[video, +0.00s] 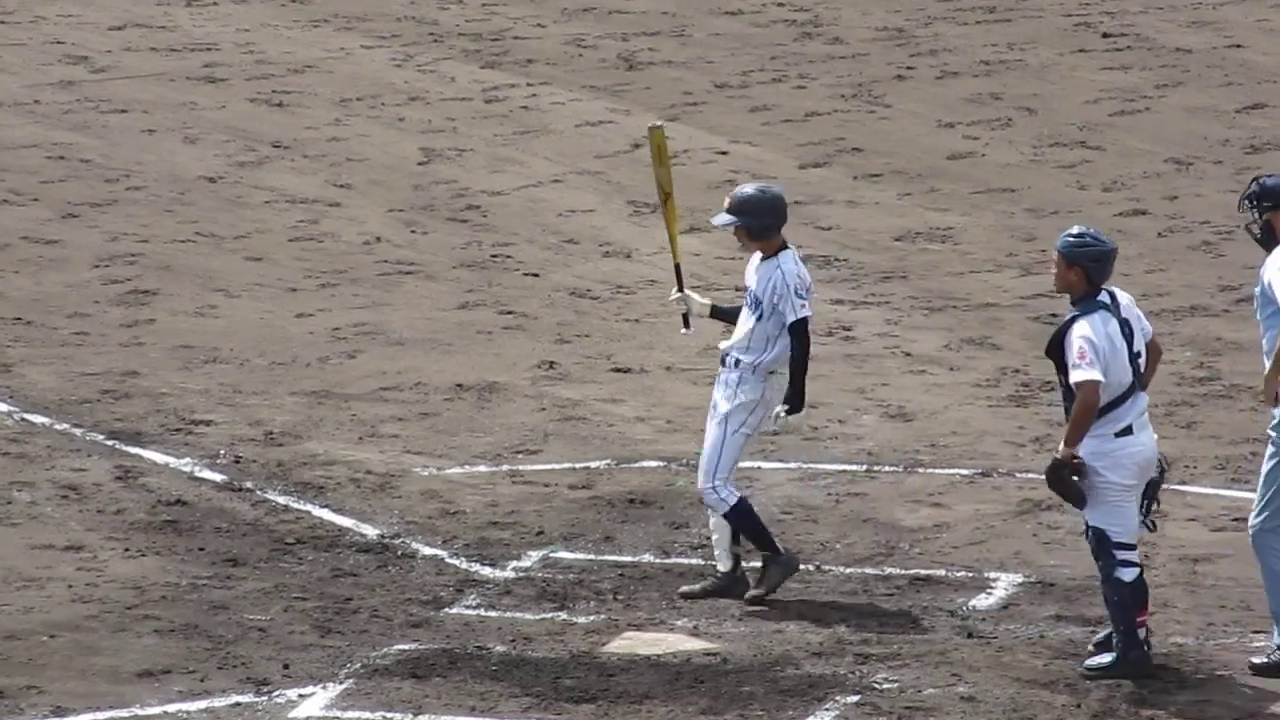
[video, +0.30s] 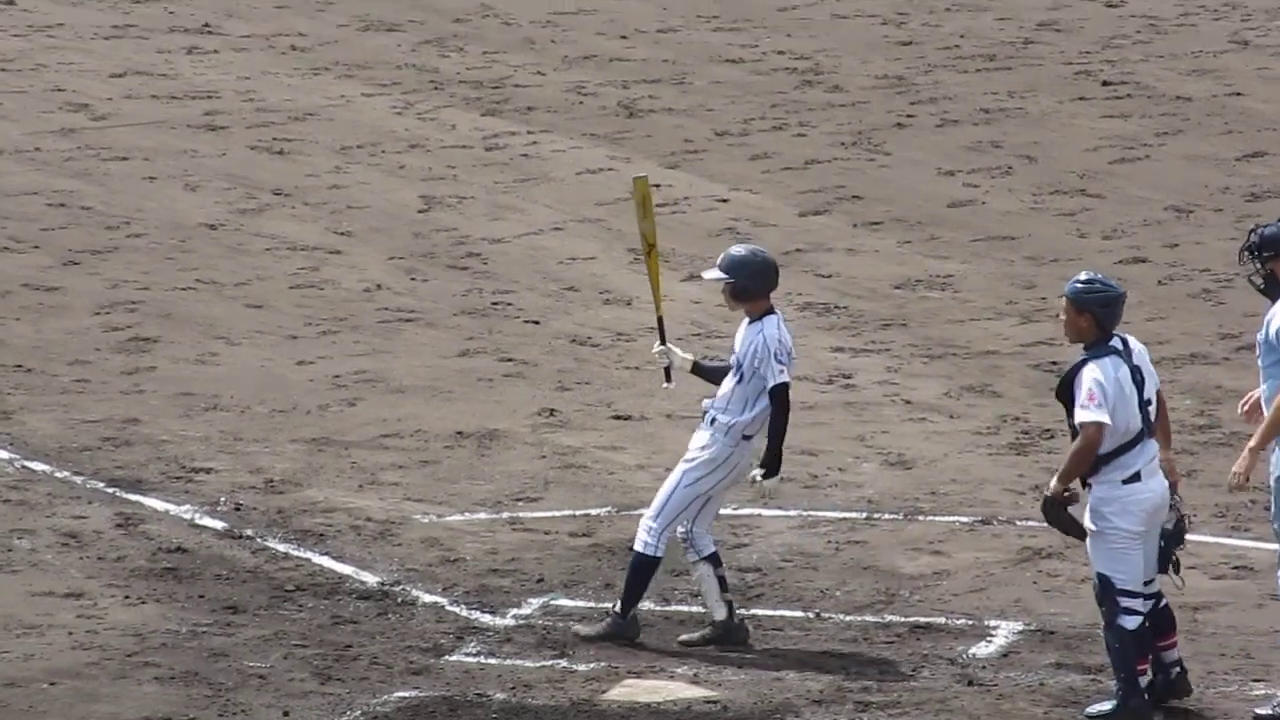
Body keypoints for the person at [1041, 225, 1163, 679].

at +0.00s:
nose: (1053, 268)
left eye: (1059, 263)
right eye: (1056, 262)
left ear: (1079, 274)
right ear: (1089, 271)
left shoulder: (1082, 330)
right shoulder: (1120, 298)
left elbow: (1089, 397)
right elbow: (1153, 349)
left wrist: (1066, 449)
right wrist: (1132, 397)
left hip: (1109, 452)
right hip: (1139, 440)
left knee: (1115, 551)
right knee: (1110, 539)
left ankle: (1132, 650)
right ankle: (1126, 629)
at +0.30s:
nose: (1062, 317)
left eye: (1068, 311)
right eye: (1064, 310)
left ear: (1088, 319)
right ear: (1101, 317)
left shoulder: (1092, 373)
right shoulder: (1133, 347)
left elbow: (1090, 440)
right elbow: (1158, 406)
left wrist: (1060, 483)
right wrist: (1165, 455)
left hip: (1119, 496)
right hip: (1153, 484)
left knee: (1118, 597)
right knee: (1147, 586)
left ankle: (1130, 694)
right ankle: (1171, 675)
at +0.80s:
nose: (1092, 329)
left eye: (1098, 323)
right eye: (1094, 321)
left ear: (1119, 331)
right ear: (1132, 330)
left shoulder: (1121, 375)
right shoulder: (1161, 364)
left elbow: (1140, 429)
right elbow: (1201, 415)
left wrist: (1123, 489)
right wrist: (1187, 468)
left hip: (1150, 510)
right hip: (1183, 504)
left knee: (1128, 613)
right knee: (1171, 611)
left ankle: (1132, 708)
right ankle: (1176, 703)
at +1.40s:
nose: (1123, 334)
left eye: (1128, 327)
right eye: (1124, 326)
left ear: (1147, 332)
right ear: (1158, 333)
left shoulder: (1162, 388)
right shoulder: (1169, 376)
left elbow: (1163, 461)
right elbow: (1150, 438)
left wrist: (1131, 519)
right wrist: (1120, 465)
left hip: (1167, 514)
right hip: (1176, 508)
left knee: (1151, 615)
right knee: (1168, 611)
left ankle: (1175, 708)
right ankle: (1172, 701)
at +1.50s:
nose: (1125, 337)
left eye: (1130, 329)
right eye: (1126, 328)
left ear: (1149, 335)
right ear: (1160, 333)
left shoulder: (1160, 392)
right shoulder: (1178, 372)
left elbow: (1156, 465)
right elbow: (1144, 405)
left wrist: (1130, 527)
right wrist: (1108, 420)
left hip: (1166, 515)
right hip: (1180, 507)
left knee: (1160, 617)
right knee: (1167, 612)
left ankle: (1176, 708)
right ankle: (1174, 702)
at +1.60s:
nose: (1126, 338)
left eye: (1130, 331)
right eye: (1127, 330)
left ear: (1148, 336)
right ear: (1163, 335)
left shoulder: (1157, 395)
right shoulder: (1184, 370)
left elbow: (1150, 469)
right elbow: (1150, 375)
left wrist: (1131, 533)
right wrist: (1107, 369)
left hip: (1167, 517)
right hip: (1186, 507)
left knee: (1166, 617)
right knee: (1162, 612)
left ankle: (1177, 708)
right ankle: (1173, 701)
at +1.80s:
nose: (1123, 342)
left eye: (1127, 335)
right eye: (1124, 334)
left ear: (1141, 341)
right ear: (1165, 339)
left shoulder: (1149, 403)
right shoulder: (1184, 369)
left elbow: (1147, 477)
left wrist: (1141, 544)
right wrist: (1128, 304)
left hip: (1168, 520)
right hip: (1194, 509)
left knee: (1169, 621)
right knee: (1166, 612)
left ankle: (1179, 708)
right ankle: (1172, 699)